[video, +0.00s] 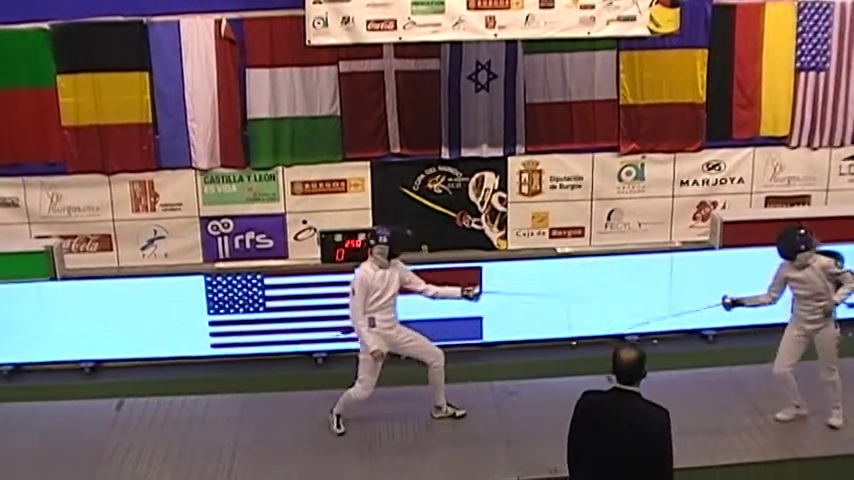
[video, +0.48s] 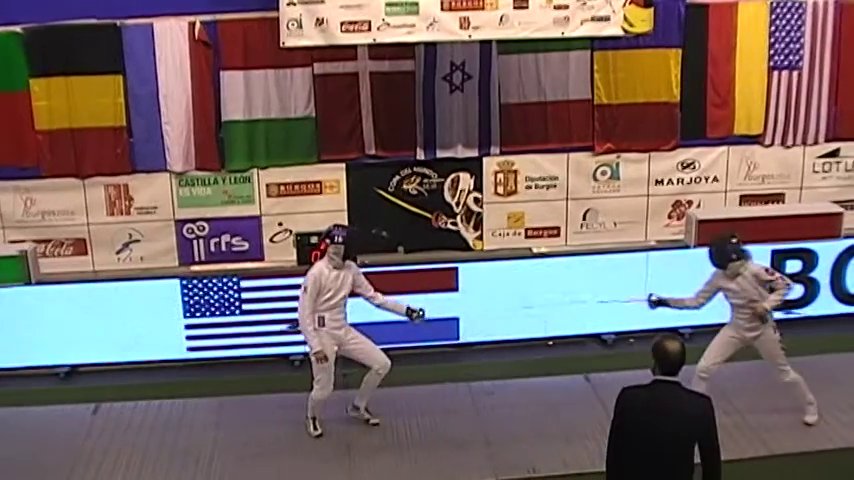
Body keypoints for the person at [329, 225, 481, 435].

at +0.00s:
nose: (381, 250)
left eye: (385, 246)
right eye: (377, 245)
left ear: (390, 248)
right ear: (370, 248)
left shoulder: (397, 269)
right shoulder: (363, 275)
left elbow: (427, 289)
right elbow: (356, 314)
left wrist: (461, 292)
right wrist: (370, 345)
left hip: (394, 330)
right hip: (371, 334)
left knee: (435, 357)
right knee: (363, 390)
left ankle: (440, 407)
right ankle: (337, 412)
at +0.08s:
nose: (370, 245)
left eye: (374, 241)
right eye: (367, 240)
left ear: (380, 244)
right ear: (360, 242)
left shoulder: (385, 266)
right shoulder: (350, 271)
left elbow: (412, 289)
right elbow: (343, 310)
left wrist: (446, 296)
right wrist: (357, 340)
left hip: (381, 328)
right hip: (358, 331)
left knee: (419, 358)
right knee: (352, 387)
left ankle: (433, 407)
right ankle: (331, 413)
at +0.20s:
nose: (356, 242)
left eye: (360, 238)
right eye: (352, 237)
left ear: (365, 240)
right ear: (345, 238)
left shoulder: (369, 262)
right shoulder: (334, 267)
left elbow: (390, 289)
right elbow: (326, 308)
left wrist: (423, 303)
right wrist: (340, 338)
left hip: (364, 324)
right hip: (341, 326)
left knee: (399, 360)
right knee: (340, 382)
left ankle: (407, 408)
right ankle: (326, 414)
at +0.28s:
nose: (349, 244)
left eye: (353, 240)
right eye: (345, 239)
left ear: (358, 242)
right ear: (338, 240)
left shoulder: (362, 265)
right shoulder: (327, 269)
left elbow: (383, 293)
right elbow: (317, 309)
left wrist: (414, 309)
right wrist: (330, 340)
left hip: (356, 326)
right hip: (333, 329)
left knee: (390, 364)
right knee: (334, 385)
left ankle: (376, 412)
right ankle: (322, 415)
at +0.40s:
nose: (339, 250)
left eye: (344, 247)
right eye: (336, 246)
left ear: (351, 251)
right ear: (330, 247)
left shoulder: (355, 271)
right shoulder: (320, 274)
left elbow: (377, 299)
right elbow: (308, 313)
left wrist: (407, 314)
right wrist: (318, 347)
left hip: (346, 332)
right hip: (324, 335)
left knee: (380, 371)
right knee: (328, 389)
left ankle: (357, 413)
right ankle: (317, 417)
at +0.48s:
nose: (336, 248)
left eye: (340, 245)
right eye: (332, 243)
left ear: (347, 248)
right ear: (326, 245)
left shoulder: (351, 270)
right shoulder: (316, 273)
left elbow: (374, 297)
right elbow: (304, 314)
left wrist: (406, 311)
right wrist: (315, 346)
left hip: (344, 331)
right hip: (321, 334)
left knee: (382, 365)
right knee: (323, 389)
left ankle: (358, 406)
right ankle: (312, 416)